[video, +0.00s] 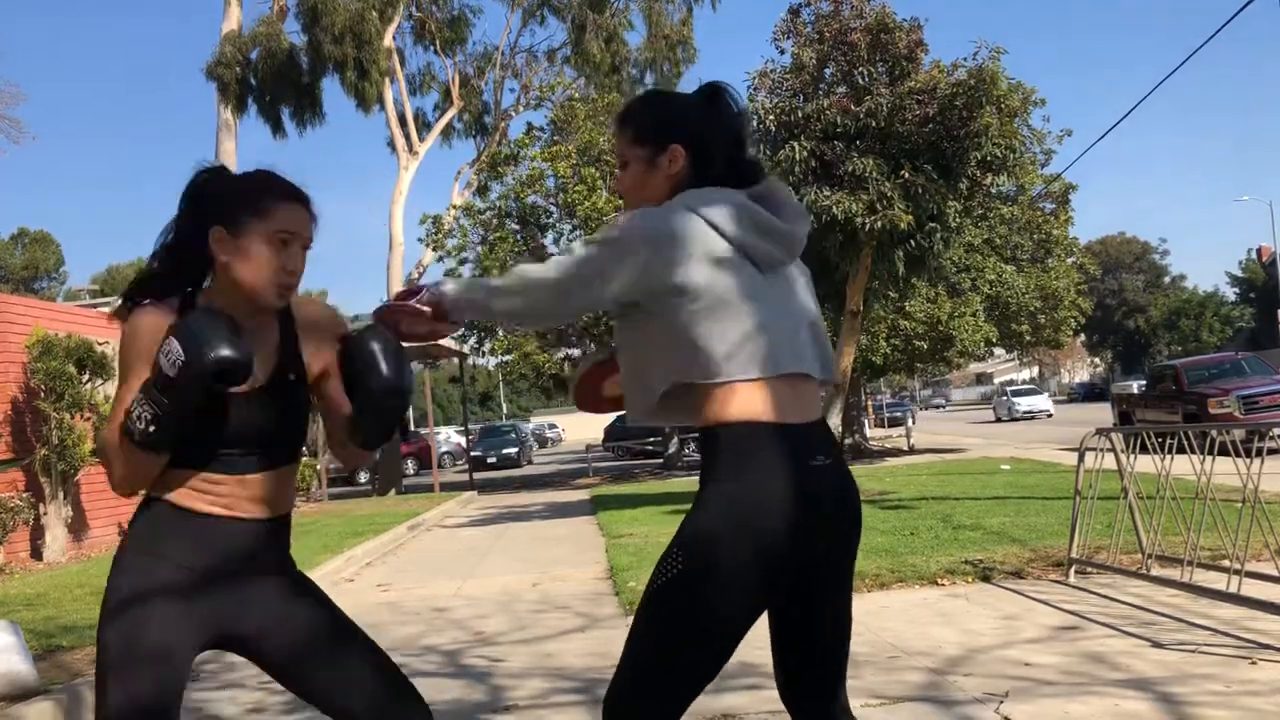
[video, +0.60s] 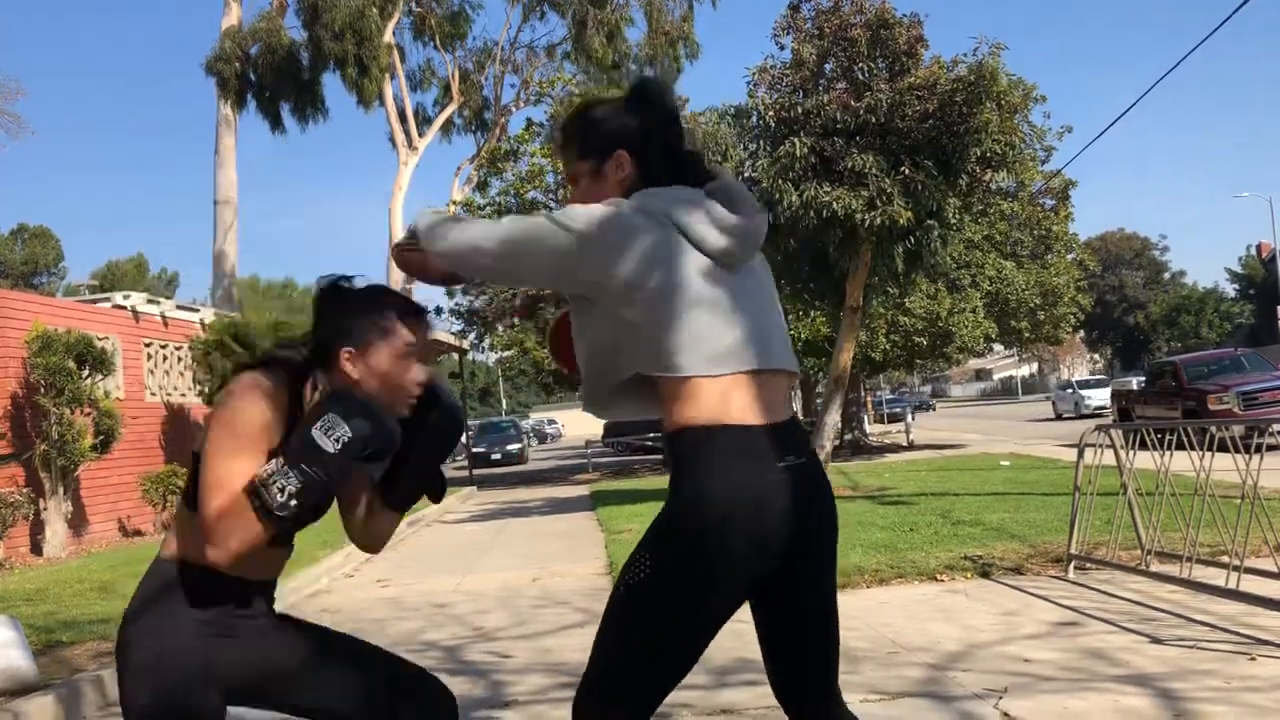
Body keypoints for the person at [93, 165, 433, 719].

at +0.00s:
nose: (298, 265)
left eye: (304, 248)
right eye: (282, 243)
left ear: (307, 251)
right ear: (222, 244)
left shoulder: (316, 327)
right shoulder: (157, 326)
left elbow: (351, 452)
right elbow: (126, 476)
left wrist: (379, 407)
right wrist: (173, 390)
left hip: (263, 570)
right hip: (163, 569)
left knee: (403, 710)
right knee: (130, 711)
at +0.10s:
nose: (318, 250)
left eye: (323, 235)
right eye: (306, 229)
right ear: (243, 226)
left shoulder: (312, 311)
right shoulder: (165, 304)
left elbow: (331, 445)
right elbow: (138, 455)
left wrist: (355, 369)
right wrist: (200, 385)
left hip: (272, 554)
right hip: (177, 555)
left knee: (401, 708)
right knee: (150, 712)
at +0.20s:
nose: (353, 241)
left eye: (356, 225)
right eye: (343, 222)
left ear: (290, 219)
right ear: (285, 215)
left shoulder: (282, 292)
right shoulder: (240, 282)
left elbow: (270, 420)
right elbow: (213, 429)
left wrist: (320, 399)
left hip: (267, 540)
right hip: (215, 546)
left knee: (393, 696)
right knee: (196, 712)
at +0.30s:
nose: (381, 261)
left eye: (384, 245)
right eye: (375, 243)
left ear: (317, 238)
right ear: (323, 235)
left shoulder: (252, 291)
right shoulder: (321, 293)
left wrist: (376, 403)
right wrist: (370, 396)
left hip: (225, 553)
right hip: (234, 559)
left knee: (392, 693)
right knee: (227, 711)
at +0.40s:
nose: (424, 306)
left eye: (421, 290)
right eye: (413, 288)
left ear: (361, 290)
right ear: (365, 290)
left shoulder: (285, 333)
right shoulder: (332, 334)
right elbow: (307, 489)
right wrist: (376, 440)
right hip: (216, 583)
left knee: (404, 692)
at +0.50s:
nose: (442, 348)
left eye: (442, 332)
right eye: (434, 331)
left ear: (385, 329)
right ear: (383, 326)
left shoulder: (326, 382)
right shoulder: (310, 367)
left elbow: (289, 505)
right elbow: (285, 515)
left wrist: (378, 450)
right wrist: (375, 448)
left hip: (231, 600)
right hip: (194, 606)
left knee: (414, 693)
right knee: (409, 696)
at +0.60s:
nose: (425, 377)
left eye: (423, 360)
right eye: (411, 358)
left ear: (351, 364)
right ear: (351, 361)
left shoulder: (339, 414)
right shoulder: (253, 397)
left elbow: (370, 534)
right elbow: (223, 542)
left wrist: (422, 454)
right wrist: (313, 461)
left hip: (247, 624)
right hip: (176, 628)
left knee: (426, 702)